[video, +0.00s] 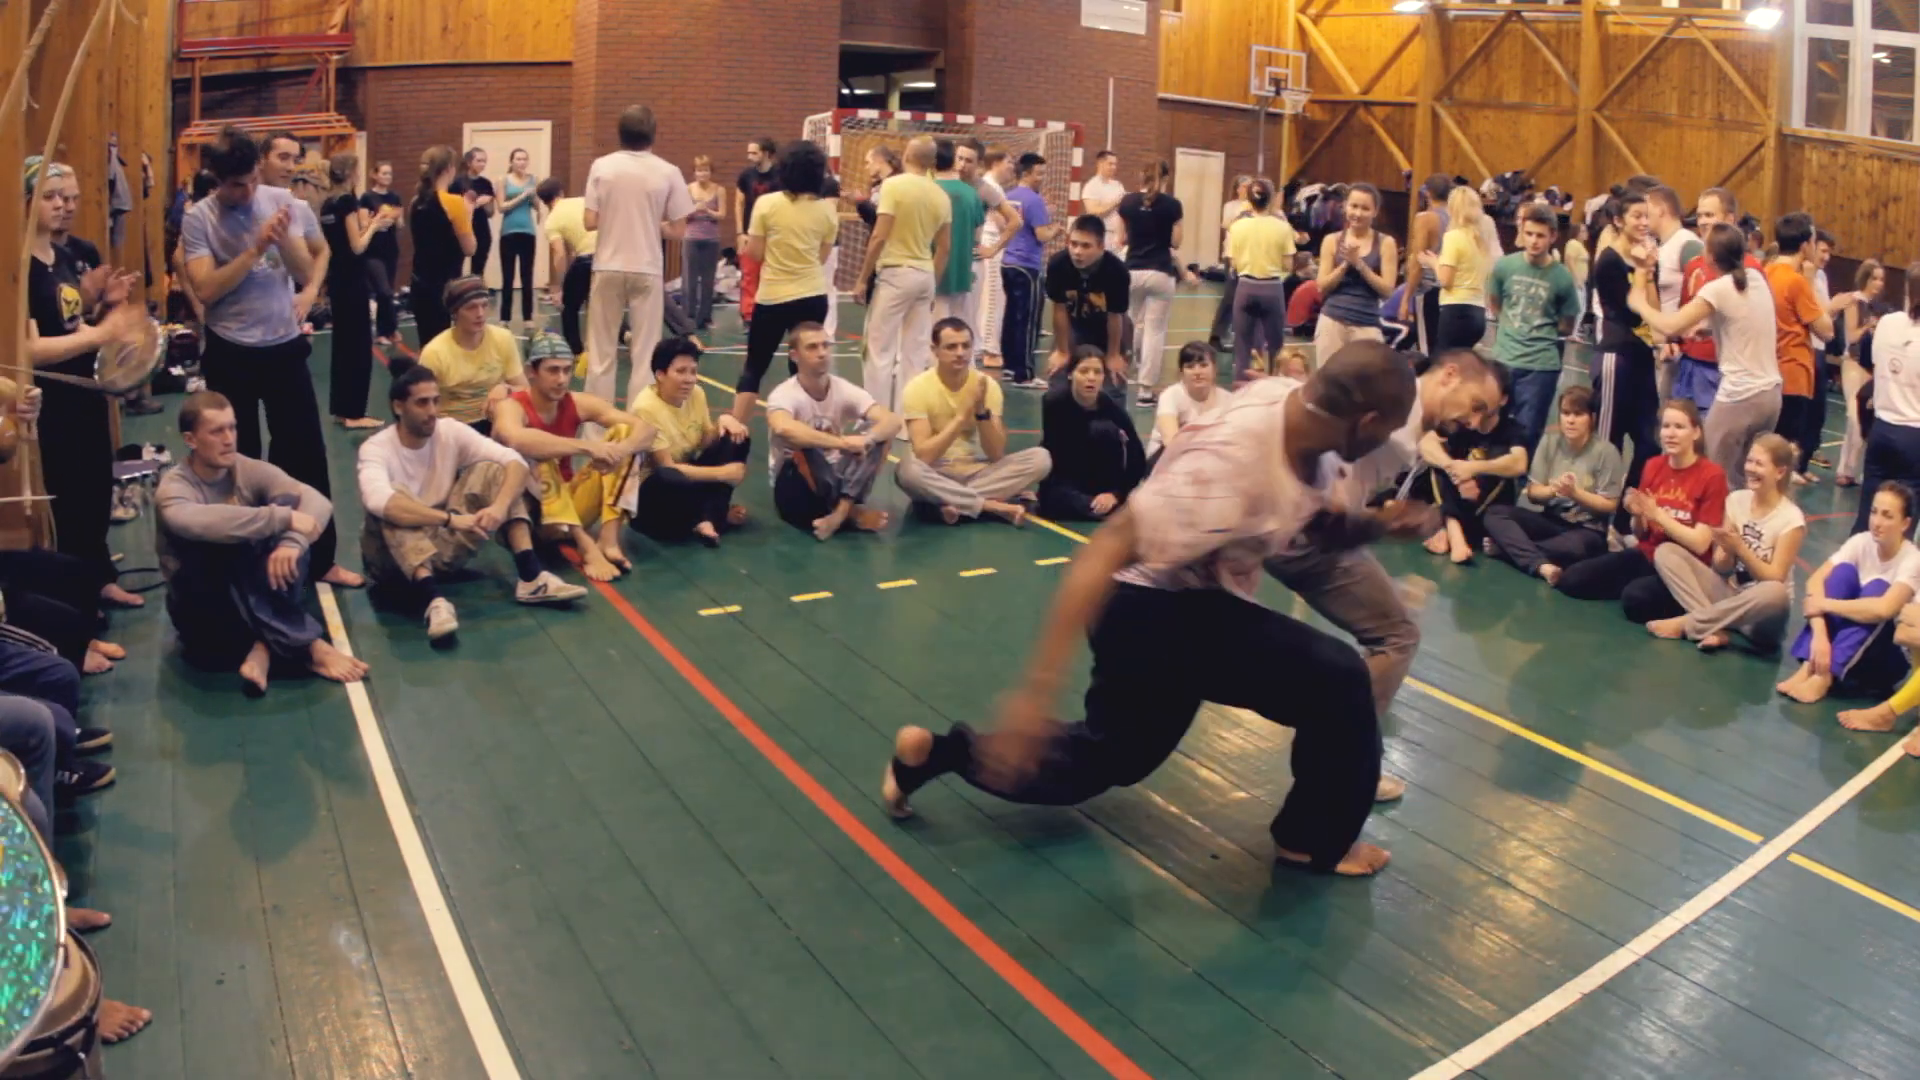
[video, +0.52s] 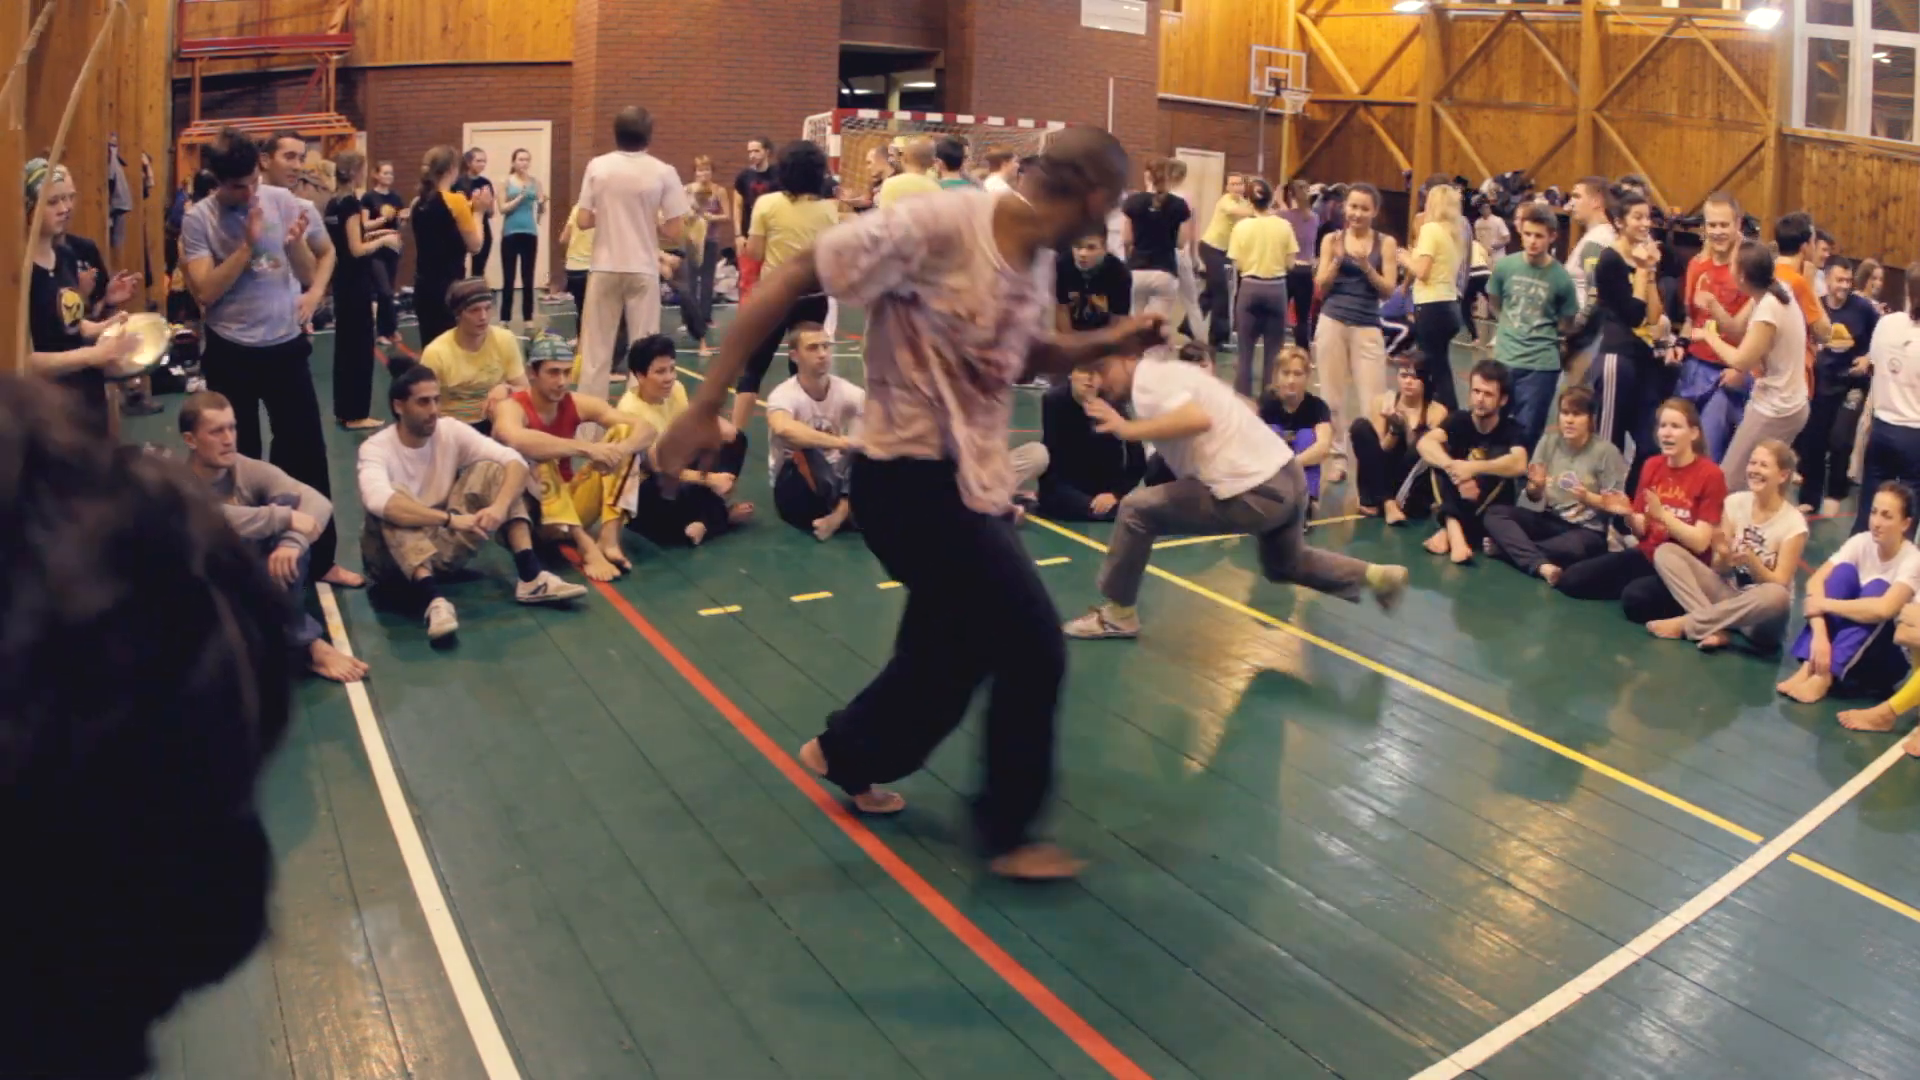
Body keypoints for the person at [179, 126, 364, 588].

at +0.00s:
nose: (243, 192)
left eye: (248, 183)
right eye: (233, 185)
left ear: (258, 173)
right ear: (215, 179)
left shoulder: (281, 204)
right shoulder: (198, 217)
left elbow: (304, 271)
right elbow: (205, 290)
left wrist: (283, 238)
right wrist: (256, 248)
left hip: (284, 347)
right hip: (228, 350)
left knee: (305, 455)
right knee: (238, 458)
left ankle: (320, 563)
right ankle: (247, 566)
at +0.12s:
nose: (244, 193)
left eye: (250, 184)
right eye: (234, 187)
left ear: (258, 173)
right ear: (214, 180)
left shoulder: (285, 203)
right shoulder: (198, 217)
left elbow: (318, 261)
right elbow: (203, 293)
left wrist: (294, 248)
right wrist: (249, 245)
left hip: (284, 348)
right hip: (228, 350)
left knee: (305, 455)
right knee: (238, 457)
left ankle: (320, 563)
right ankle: (247, 566)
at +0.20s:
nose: (242, 193)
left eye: (248, 184)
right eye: (233, 186)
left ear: (257, 173)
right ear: (214, 180)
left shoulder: (282, 203)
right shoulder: (199, 217)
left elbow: (305, 273)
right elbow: (205, 291)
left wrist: (283, 235)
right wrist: (257, 248)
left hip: (284, 348)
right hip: (228, 350)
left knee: (305, 455)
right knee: (238, 458)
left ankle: (320, 563)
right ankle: (246, 567)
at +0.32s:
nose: (242, 193)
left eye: (248, 184)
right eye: (233, 187)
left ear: (257, 173)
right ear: (214, 180)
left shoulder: (282, 203)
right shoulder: (198, 216)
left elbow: (305, 273)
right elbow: (205, 291)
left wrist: (283, 238)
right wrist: (258, 250)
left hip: (284, 348)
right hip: (228, 350)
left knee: (305, 454)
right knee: (238, 456)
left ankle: (320, 563)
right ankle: (246, 567)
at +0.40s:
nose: (242, 193)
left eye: (248, 184)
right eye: (233, 187)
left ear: (257, 173)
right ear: (214, 180)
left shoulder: (283, 203)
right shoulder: (199, 217)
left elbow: (305, 274)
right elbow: (205, 292)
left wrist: (287, 240)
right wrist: (254, 247)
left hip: (284, 347)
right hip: (228, 350)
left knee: (305, 453)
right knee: (238, 457)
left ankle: (320, 563)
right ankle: (246, 568)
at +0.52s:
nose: (245, 194)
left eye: (250, 184)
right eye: (235, 187)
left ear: (258, 174)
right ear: (215, 181)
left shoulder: (285, 203)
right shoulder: (199, 217)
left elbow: (323, 259)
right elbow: (204, 293)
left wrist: (315, 292)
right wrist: (248, 245)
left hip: (285, 347)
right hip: (228, 350)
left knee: (305, 454)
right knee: (238, 456)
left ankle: (320, 563)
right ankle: (247, 565)